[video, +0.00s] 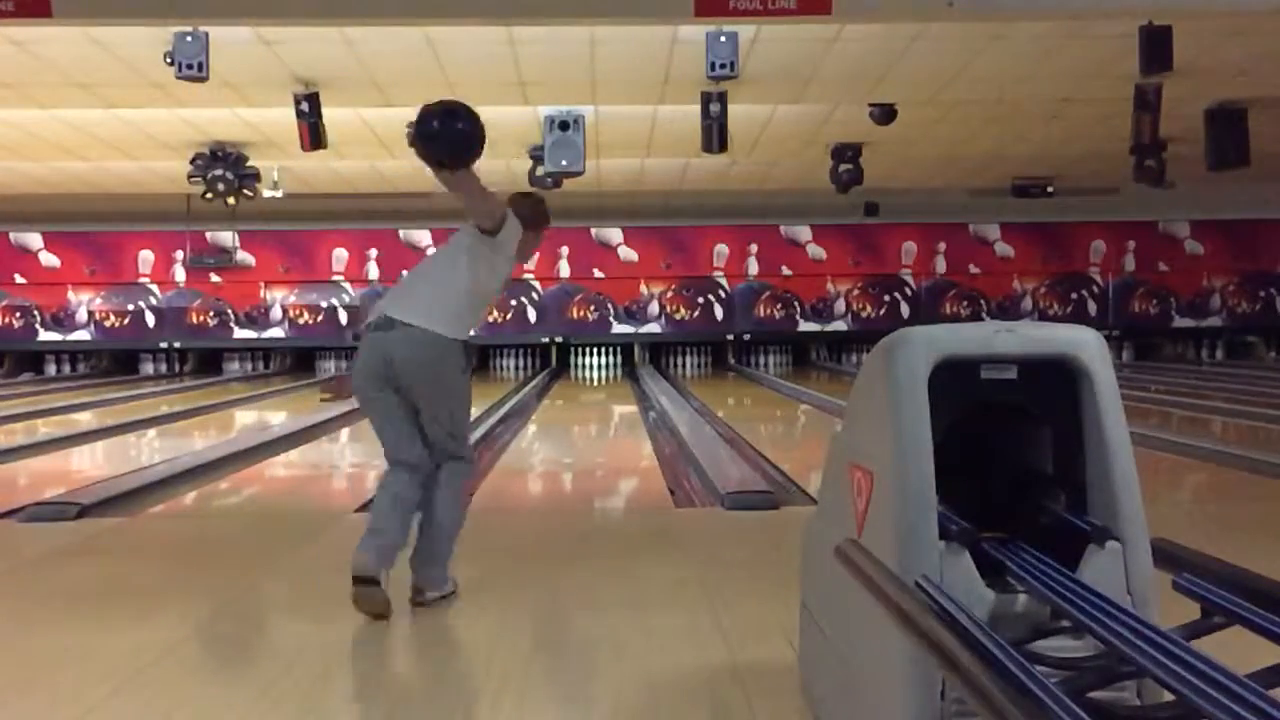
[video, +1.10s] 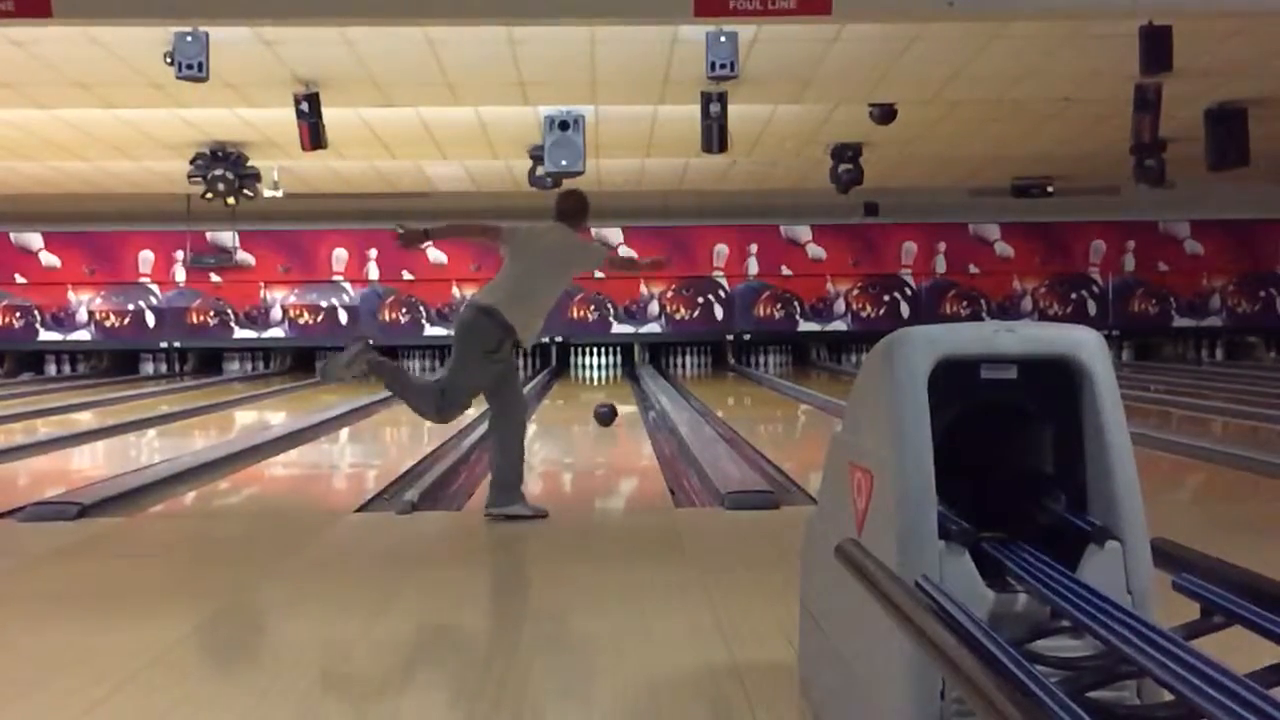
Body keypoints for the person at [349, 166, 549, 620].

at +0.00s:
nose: (534, 252)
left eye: (537, 244)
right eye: (536, 242)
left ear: (509, 217)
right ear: (530, 231)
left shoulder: (464, 249)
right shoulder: (506, 232)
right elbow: (477, 197)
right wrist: (445, 157)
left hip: (372, 348)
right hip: (429, 347)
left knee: (408, 464)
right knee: (453, 459)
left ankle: (370, 564)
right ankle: (430, 580)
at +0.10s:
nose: (544, 278)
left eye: (548, 271)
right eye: (548, 268)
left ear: (524, 247)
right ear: (543, 259)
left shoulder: (479, 271)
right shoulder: (513, 261)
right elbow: (494, 222)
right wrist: (467, 183)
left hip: (389, 366)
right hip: (440, 369)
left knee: (421, 451)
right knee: (460, 479)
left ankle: (405, 520)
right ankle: (426, 574)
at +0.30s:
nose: (560, 296)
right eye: (563, 290)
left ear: (529, 273)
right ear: (560, 286)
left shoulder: (491, 298)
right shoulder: (542, 299)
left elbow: (431, 302)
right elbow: (522, 305)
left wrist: (377, 308)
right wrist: (523, 338)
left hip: (427, 381)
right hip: (469, 388)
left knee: (471, 454)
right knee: (456, 472)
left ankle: (493, 516)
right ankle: (427, 533)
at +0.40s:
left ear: (518, 285)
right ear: (551, 289)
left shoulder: (494, 301)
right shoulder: (559, 317)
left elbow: (431, 319)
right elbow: (550, 355)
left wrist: (379, 339)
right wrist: (544, 409)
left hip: (443, 380)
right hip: (486, 393)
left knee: (487, 436)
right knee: (445, 469)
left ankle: (510, 506)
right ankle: (394, 508)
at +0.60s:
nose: (532, 281)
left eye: (530, 277)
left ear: (529, 280)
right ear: (557, 283)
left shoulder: (510, 292)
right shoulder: (570, 310)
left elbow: (461, 305)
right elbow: (573, 357)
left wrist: (440, 315)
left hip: (463, 351)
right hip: (494, 369)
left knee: (504, 429)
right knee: (436, 444)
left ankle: (513, 507)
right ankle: (345, 433)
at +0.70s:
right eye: (577, 263)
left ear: (544, 260)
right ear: (574, 263)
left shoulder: (523, 271)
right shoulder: (576, 281)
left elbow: (494, 265)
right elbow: (593, 268)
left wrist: (466, 257)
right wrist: (586, 232)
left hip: (470, 345)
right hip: (481, 345)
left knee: (513, 419)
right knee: (425, 417)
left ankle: (515, 505)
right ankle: (353, 374)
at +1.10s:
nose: (587, 229)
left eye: (582, 222)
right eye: (587, 224)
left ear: (555, 214)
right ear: (584, 222)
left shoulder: (526, 232)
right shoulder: (577, 246)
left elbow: (477, 230)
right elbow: (620, 263)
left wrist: (426, 235)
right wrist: (650, 264)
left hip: (486, 330)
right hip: (489, 329)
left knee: (511, 415)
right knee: (442, 405)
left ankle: (505, 500)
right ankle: (374, 364)